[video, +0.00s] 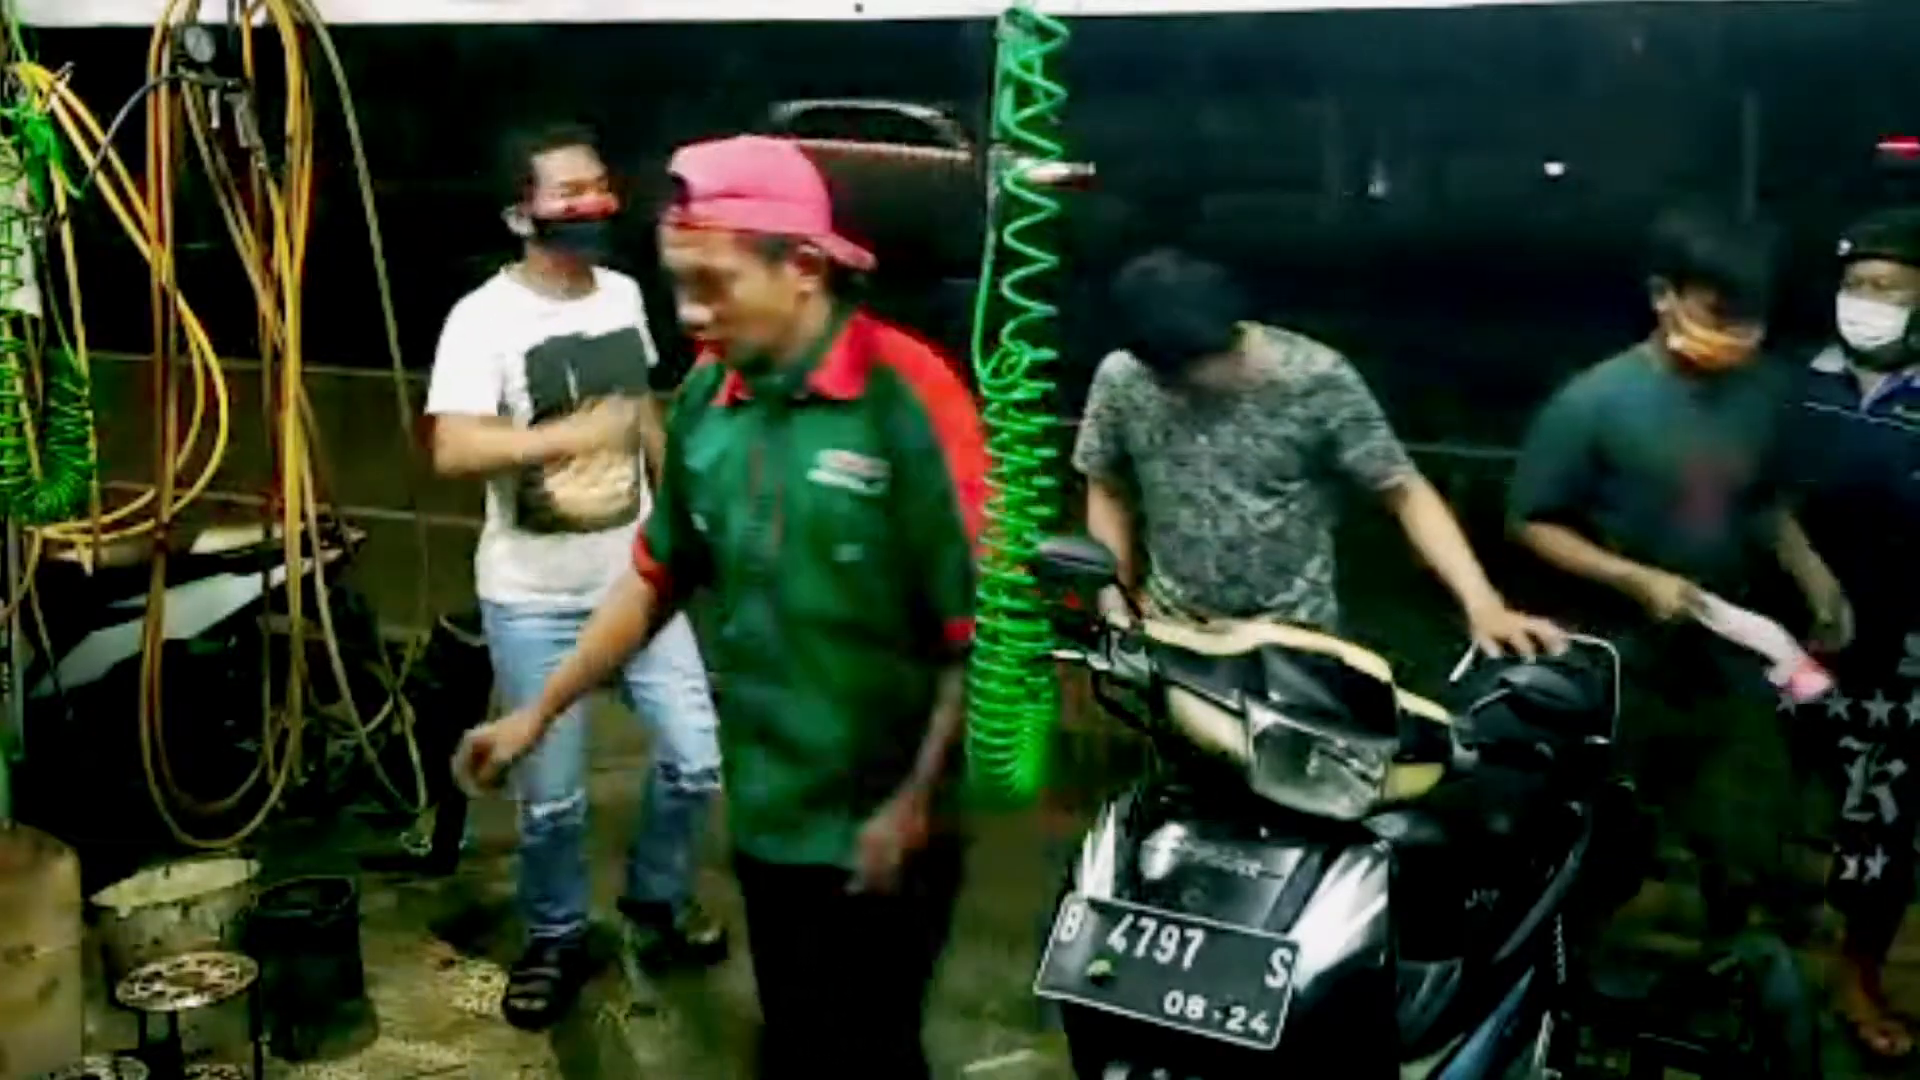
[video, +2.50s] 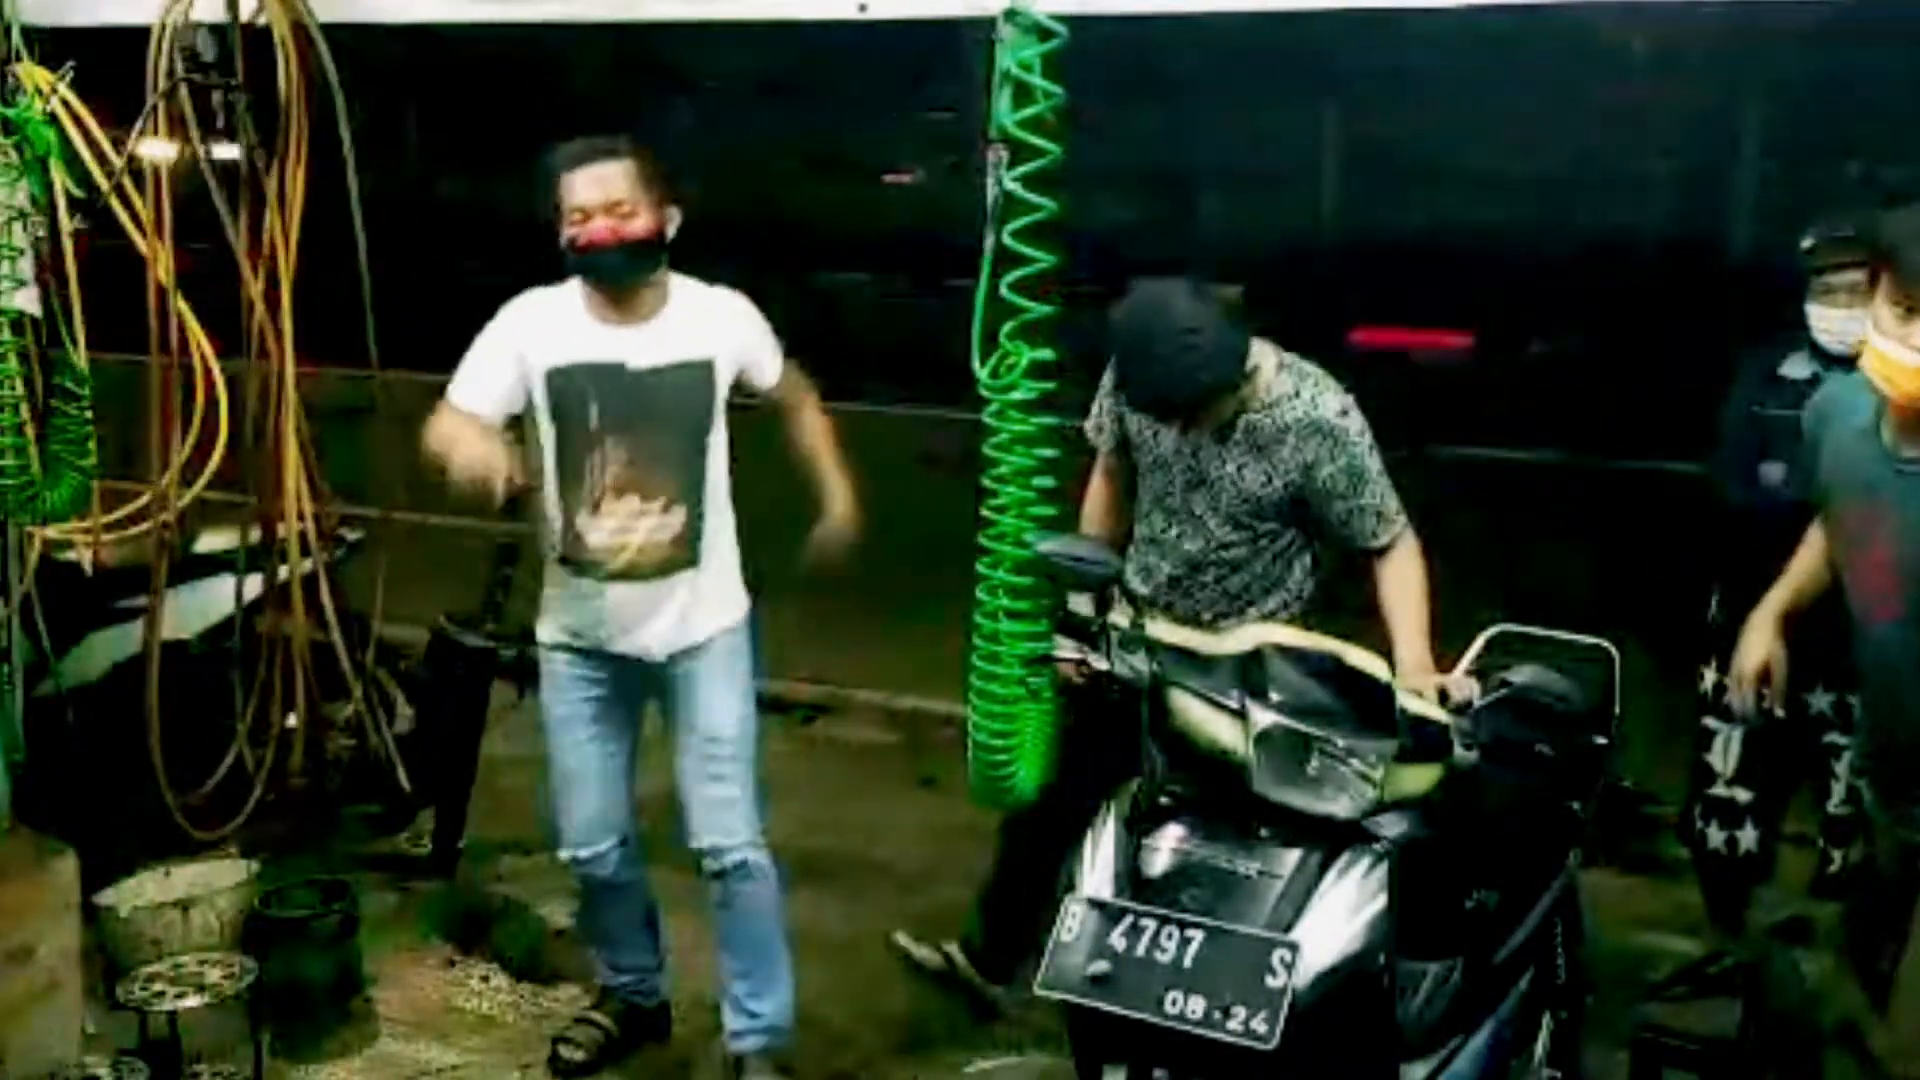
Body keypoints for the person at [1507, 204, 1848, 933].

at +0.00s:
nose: (1734, 343)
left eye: (1747, 324)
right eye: (1716, 321)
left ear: (1765, 317)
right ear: (1664, 301)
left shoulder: (1758, 397)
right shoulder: (1595, 402)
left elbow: (1763, 506)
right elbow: (1530, 523)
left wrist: (1815, 581)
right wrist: (1637, 580)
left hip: (1729, 667)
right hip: (1623, 669)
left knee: (1744, 843)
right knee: (1615, 845)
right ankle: (1567, 979)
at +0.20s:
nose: (1831, 321)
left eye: (1842, 300)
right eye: (1809, 300)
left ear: (1860, 301)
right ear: (1757, 292)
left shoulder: (1868, 405)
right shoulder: (1685, 399)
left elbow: (1871, 533)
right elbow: (1616, 525)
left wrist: (1861, 619)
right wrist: (1737, 596)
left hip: (1813, 709)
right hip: (1690, 700)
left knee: (1834, 898)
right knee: (1678, 900)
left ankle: (1829, 1055)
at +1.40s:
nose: (1850, 293)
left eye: (1878, 267)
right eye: (1823, 266)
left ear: (1911, 266)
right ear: (1784, 260)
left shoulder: (1915, 385)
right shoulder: (1743, 389)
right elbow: (1726, 505)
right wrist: (1679, 563)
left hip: (1894, 748)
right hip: (1771, 736)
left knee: (1898, 1005)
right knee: (1784, 987)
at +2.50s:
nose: (1894, 333)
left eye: (1911, 314)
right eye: (1893, 308)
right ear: (1867, 314)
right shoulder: (1843, 411)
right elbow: (1844, 521)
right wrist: (1770, 609)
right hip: (1888, 740)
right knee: (1869, 925)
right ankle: (1851, 1028)